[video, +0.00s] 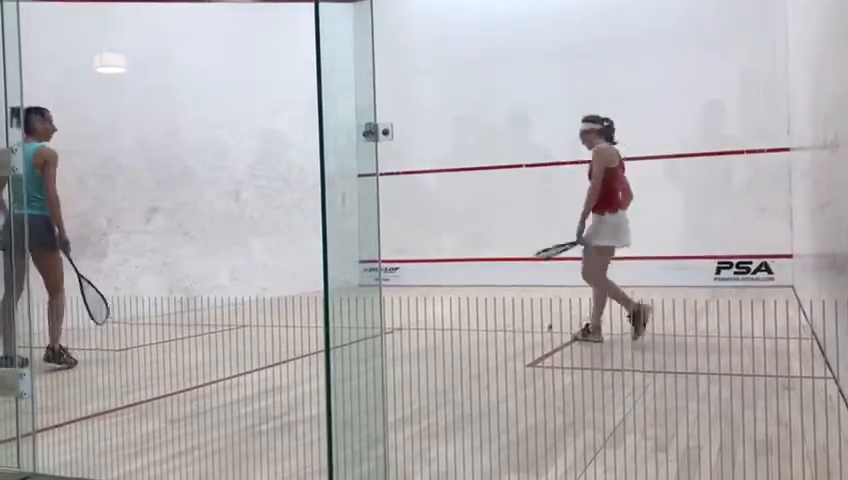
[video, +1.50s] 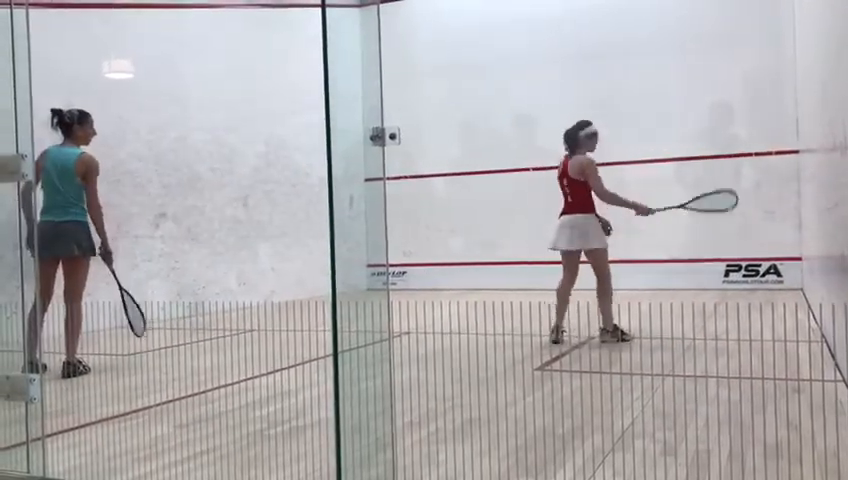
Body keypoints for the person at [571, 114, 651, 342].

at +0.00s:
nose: (582, 139)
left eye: (585, 134)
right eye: (581, 135)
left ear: (596, 133)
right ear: (601, 134)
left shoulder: (600, 152)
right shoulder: (612, 153)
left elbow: (594, 189)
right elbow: (627, 194)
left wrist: (582, 220)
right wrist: (611, 216)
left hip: (603, 221)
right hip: (613, 219)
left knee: (590, 273)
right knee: (599, 274)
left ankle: (634, 309)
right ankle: (594, 326)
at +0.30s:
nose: (561, 140)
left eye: (564, 137)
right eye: (561, 136)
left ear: (574, 136)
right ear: (582, 137)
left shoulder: (568, 153)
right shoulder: (594, 156)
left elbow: (574, 187)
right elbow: (609, 195)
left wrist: (578, 219)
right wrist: (609, 225)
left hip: (575, 219)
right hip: (598, 218)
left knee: (561, 275)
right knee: (589, 274)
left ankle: (550, 324)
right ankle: (595, 327)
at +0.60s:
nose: (548, 142)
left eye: (550, 138)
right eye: (549, 138)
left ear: (555, 138)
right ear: (570, 139)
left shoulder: (543, 157)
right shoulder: (582, 158)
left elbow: (529, 191)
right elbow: (595, 192)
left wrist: (522, 218)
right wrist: (594, 216)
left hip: (554, 219)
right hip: (580, 217)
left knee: (550, 278)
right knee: (583, 271)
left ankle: (551, 325)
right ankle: (587, 318)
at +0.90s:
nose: (546, 139)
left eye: (547, 136)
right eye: (549, 136)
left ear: (549, 138)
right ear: (567, 139)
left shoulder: (535, 159)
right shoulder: (576, 160)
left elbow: (522, 193)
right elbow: (587, 194)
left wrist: (535, 199)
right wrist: (597, 223)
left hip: (548, 222)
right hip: (572, 221)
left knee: (548, 279)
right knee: (577, 278)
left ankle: (552, 329)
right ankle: (578, 327)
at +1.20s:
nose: (576, 147)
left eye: (576, 144)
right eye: (574, 143)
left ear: (553, 142)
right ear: (569, 142)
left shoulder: (539, 164)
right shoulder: (575, 161)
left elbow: (542, 194)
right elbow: (587, 196)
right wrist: (608, 223)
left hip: (550, 223)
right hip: (574, 222)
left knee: (550, 277)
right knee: (595, 272)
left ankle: (553, 329)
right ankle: (599, 322)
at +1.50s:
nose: (596, 141)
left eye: (596, 136)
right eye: (592, 137)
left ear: (575, 141)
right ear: (580, 139)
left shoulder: (564, 164)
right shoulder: (586, 162)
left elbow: (575, 199)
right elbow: (603, 194)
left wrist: (596, 218)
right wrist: (635, 206)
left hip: (566, 222)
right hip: (586, 222)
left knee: (568, 276)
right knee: (603, 275)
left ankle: (557, 327)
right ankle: (608, 327)